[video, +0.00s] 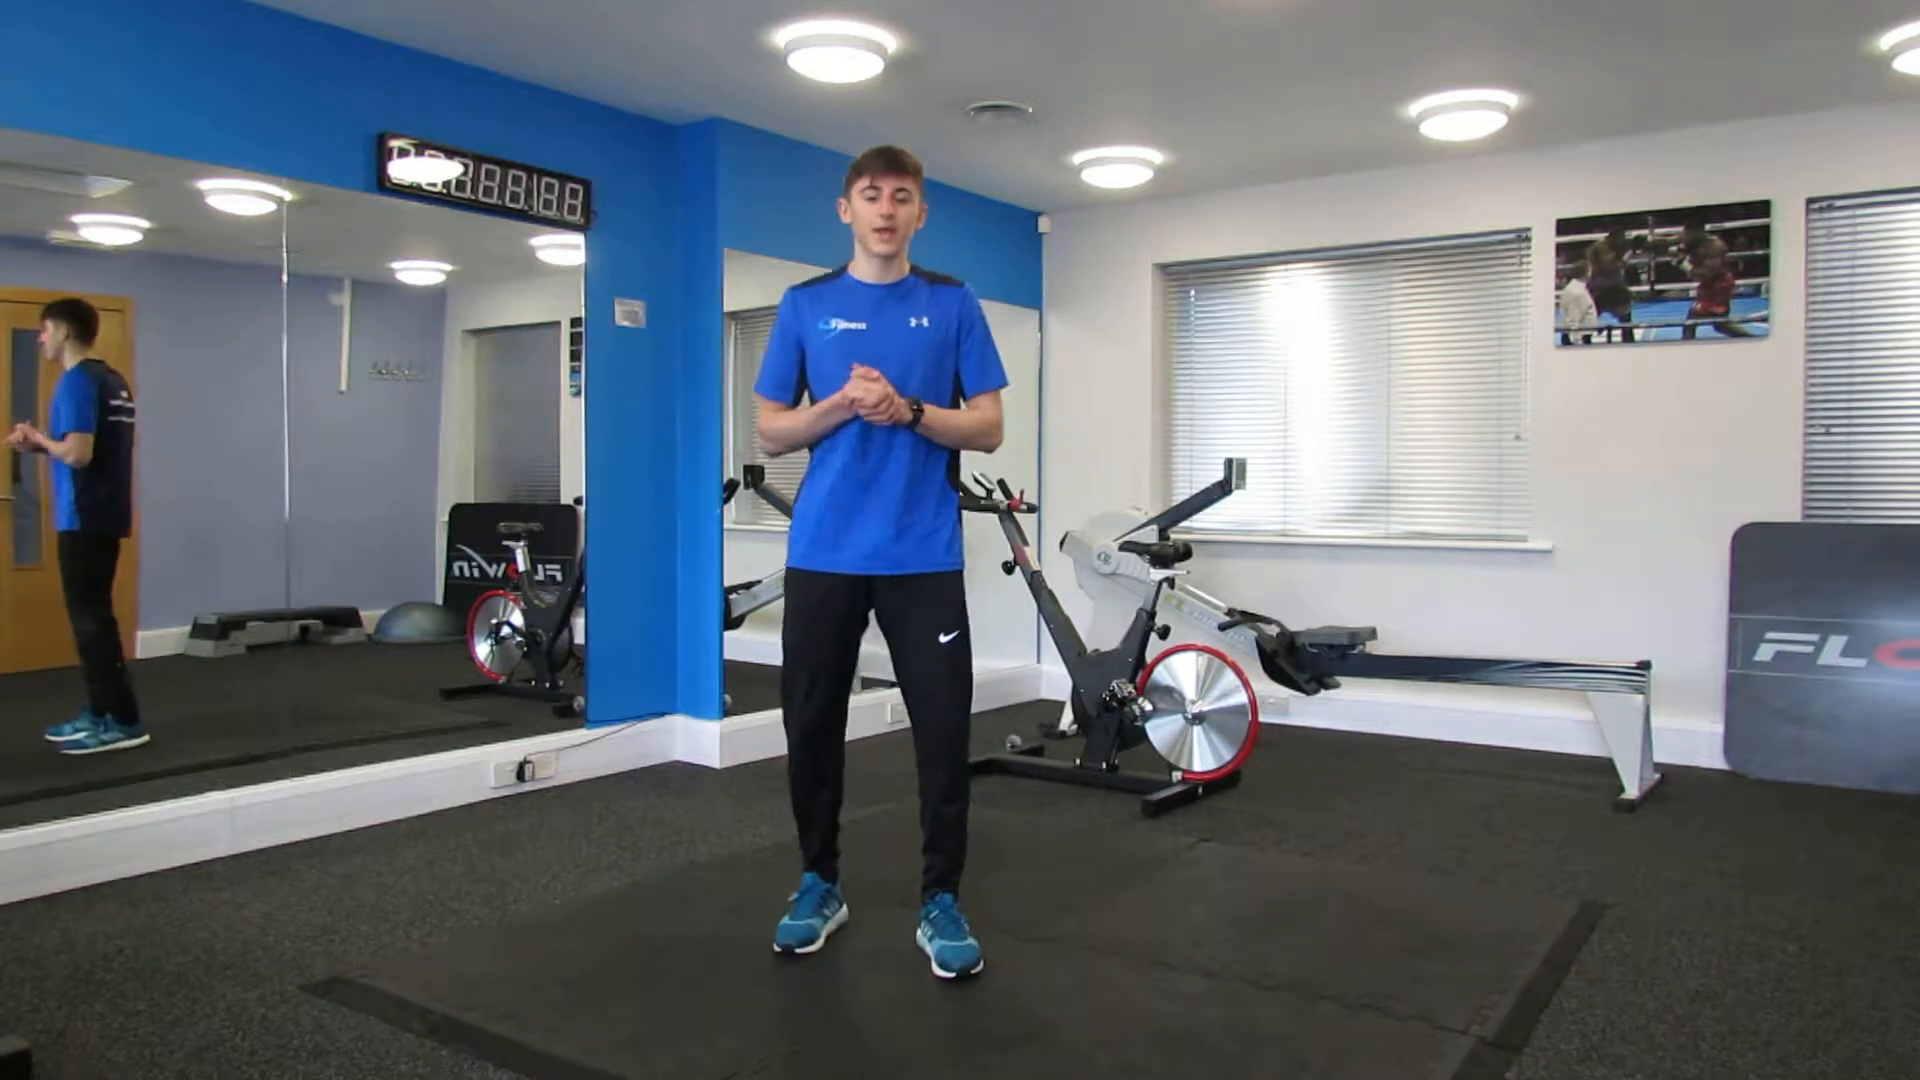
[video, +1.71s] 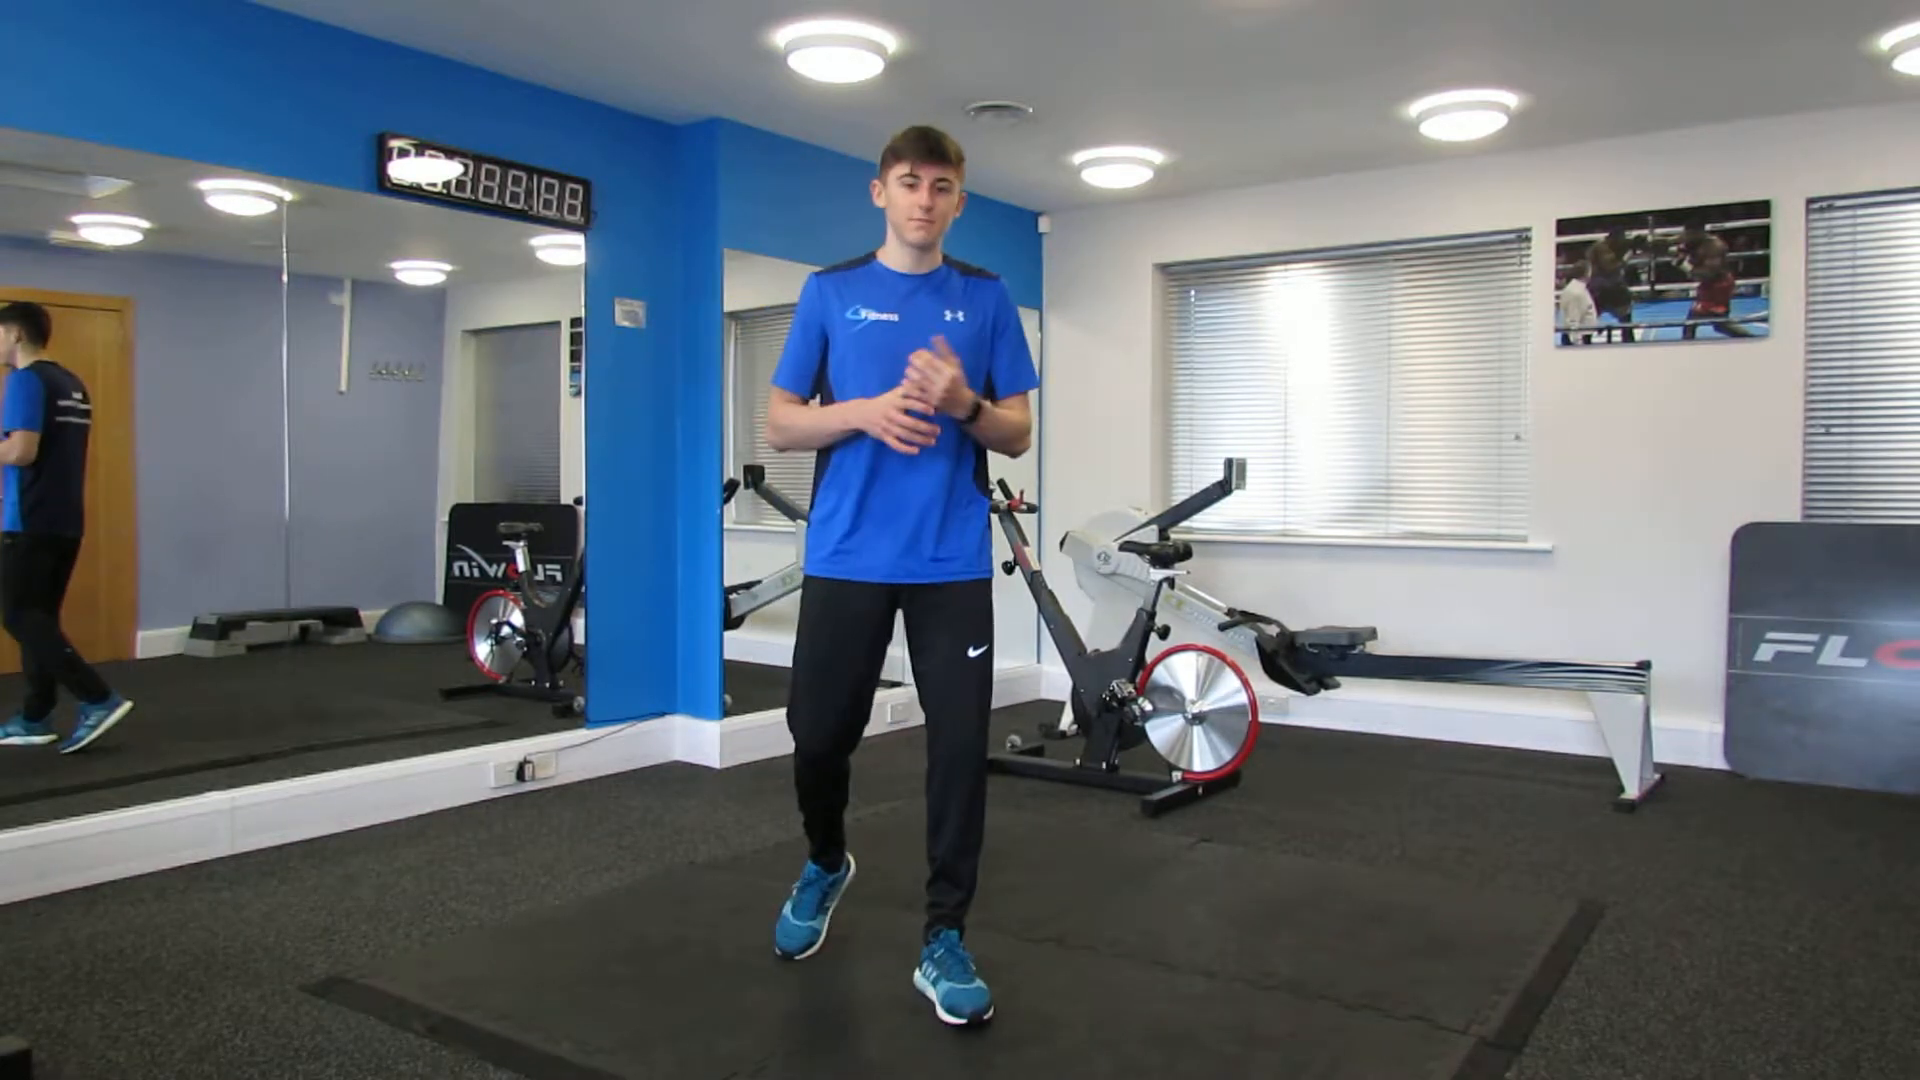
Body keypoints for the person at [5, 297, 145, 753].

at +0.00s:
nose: (40, 338)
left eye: (45, 329)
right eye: (41, 330)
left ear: (65, 333)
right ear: (85, 334)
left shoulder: (78, 379)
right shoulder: (111, 380)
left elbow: (79, 452)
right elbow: (91, 449)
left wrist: (40, 439)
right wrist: (41, 443)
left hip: (83, 523)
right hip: (103, 521)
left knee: (90, 616)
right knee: (93, 615)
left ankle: (121, 718)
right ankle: (101, 713)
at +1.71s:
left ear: (15, 335)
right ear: (41, 336)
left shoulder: (26, 379)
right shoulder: (72, 383)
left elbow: (23, 449)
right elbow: (64, 453)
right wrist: (18, 445)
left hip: (30, 525)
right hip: (63, 524)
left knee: (23, 617)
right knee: (39, 620)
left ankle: (99, 700)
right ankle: (35, 719)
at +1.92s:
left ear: (4, 337)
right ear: (31, 337)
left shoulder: (17, 378)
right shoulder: (58, 384)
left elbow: (12, 445)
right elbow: (54, 450)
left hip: (19, 519)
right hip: (52, 519)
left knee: (14, 610)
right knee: (33, 609)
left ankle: (39, 703)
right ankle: (43, 701)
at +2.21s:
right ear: (7, 335)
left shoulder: (7, 382)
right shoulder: (29, 384)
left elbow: (1, 448)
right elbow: (46, 457)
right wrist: (29, 499)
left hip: (10, 520)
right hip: (28, 519)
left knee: (20, 612)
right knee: (23, 611)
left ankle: (35, 716)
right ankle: (35, 715)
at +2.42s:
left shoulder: (10, 396)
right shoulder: (11, 396)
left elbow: (15, 463)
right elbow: (17, 462)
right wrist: (15, 527)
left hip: (3, 531)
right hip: (6, 529)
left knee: (6, 617)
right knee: (6, 616)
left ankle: (32, 714)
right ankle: (31, 714)